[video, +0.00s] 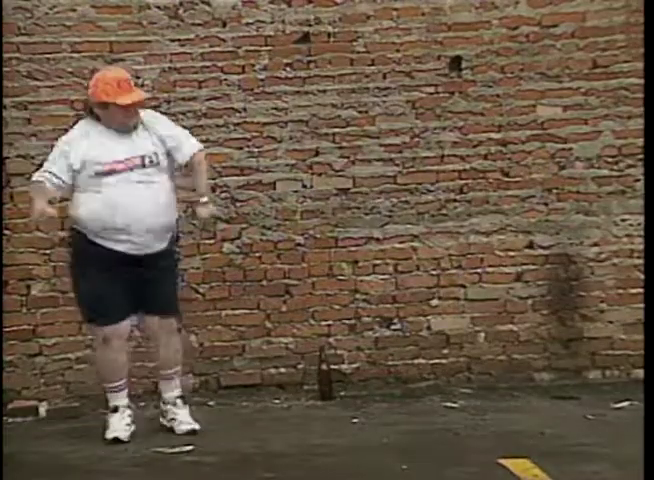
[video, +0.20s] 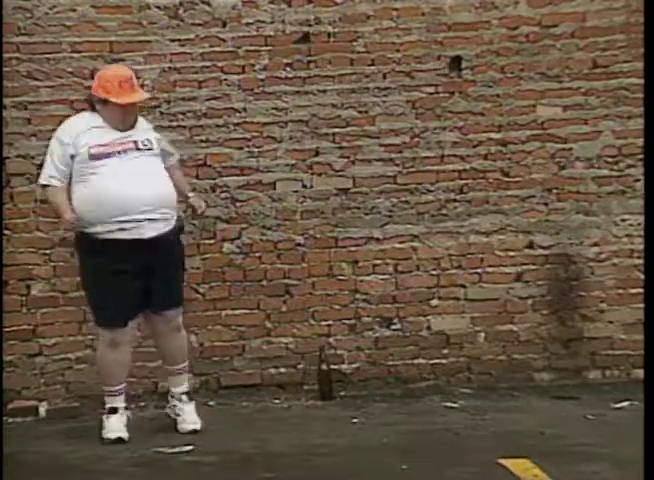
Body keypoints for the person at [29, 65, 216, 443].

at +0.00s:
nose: (135, 111)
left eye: (136, 104)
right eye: (125, 107)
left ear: (138, 99)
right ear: (100, 109)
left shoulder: (153, 123)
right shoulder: (77, 140)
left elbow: (196, 154)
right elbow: (46, 179)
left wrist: (202, 198)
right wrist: (40, 202)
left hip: (158, 247)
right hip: (100, 249)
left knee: (166, 324)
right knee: (111, 332)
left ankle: (173, 404)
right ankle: (119, 410)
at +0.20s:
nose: (133, 111)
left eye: (135, 104)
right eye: (124, 105)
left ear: (138, 99)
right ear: (100, 103)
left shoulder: (145, 128)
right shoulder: (72, 132)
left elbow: (170, 165)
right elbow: (52, 181)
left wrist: (188, 194)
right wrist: (66, 212)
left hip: (161, 240)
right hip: (105, 245)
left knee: (170, 321)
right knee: (114, 334)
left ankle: (182, 398)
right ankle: (115, 409)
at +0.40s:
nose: (125, 109)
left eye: (131, 102)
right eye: (117, 101)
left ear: (139, 104)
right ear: (100, 101)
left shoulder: (144, 137)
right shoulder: (79, 142)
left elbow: (171, 176)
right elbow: (54, 186)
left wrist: (198, 173)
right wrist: (62, 199)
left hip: (164, 250)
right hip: (107, 254)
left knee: (189, 314)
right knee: (118, 339)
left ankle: (181, 385)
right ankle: (115, 411)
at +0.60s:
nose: (121, 105)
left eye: (126, 97)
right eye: (115, 101)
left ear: (143, 92)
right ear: (108, 103)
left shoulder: (170, 117)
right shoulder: (93, 130)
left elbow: (210, 151)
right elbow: (65, 179)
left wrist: (198, 158)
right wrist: (69, 218)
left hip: (166, 242)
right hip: (109, 243)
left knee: (170, 325)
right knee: (109, 328)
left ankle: (178, 408)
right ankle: (111, 408)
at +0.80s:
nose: (140, 149)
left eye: (144, 141)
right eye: (132, 144)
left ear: (155, 126)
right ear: (119, 136)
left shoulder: (182, 147)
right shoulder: (109, 156)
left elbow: (220, 176)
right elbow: (81, 197)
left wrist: (227, 219)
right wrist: (88, 205)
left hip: (173, 263)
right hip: (112, 258)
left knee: (174, 337)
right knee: (100, 330)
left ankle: (177, 412)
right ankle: (103, 408)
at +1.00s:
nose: (137, 131)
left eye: (143, 125)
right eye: (130, 125)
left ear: (157, 114)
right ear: (119, 114)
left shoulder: (184, 137)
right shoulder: (107, 130)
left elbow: (224, 178)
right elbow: (77, 178)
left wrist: (227, 220)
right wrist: (80, 170)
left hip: (174, 246)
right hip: (117, 246)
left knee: (174, 332)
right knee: (95, 316)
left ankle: (182, 411)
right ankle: (103, 400)